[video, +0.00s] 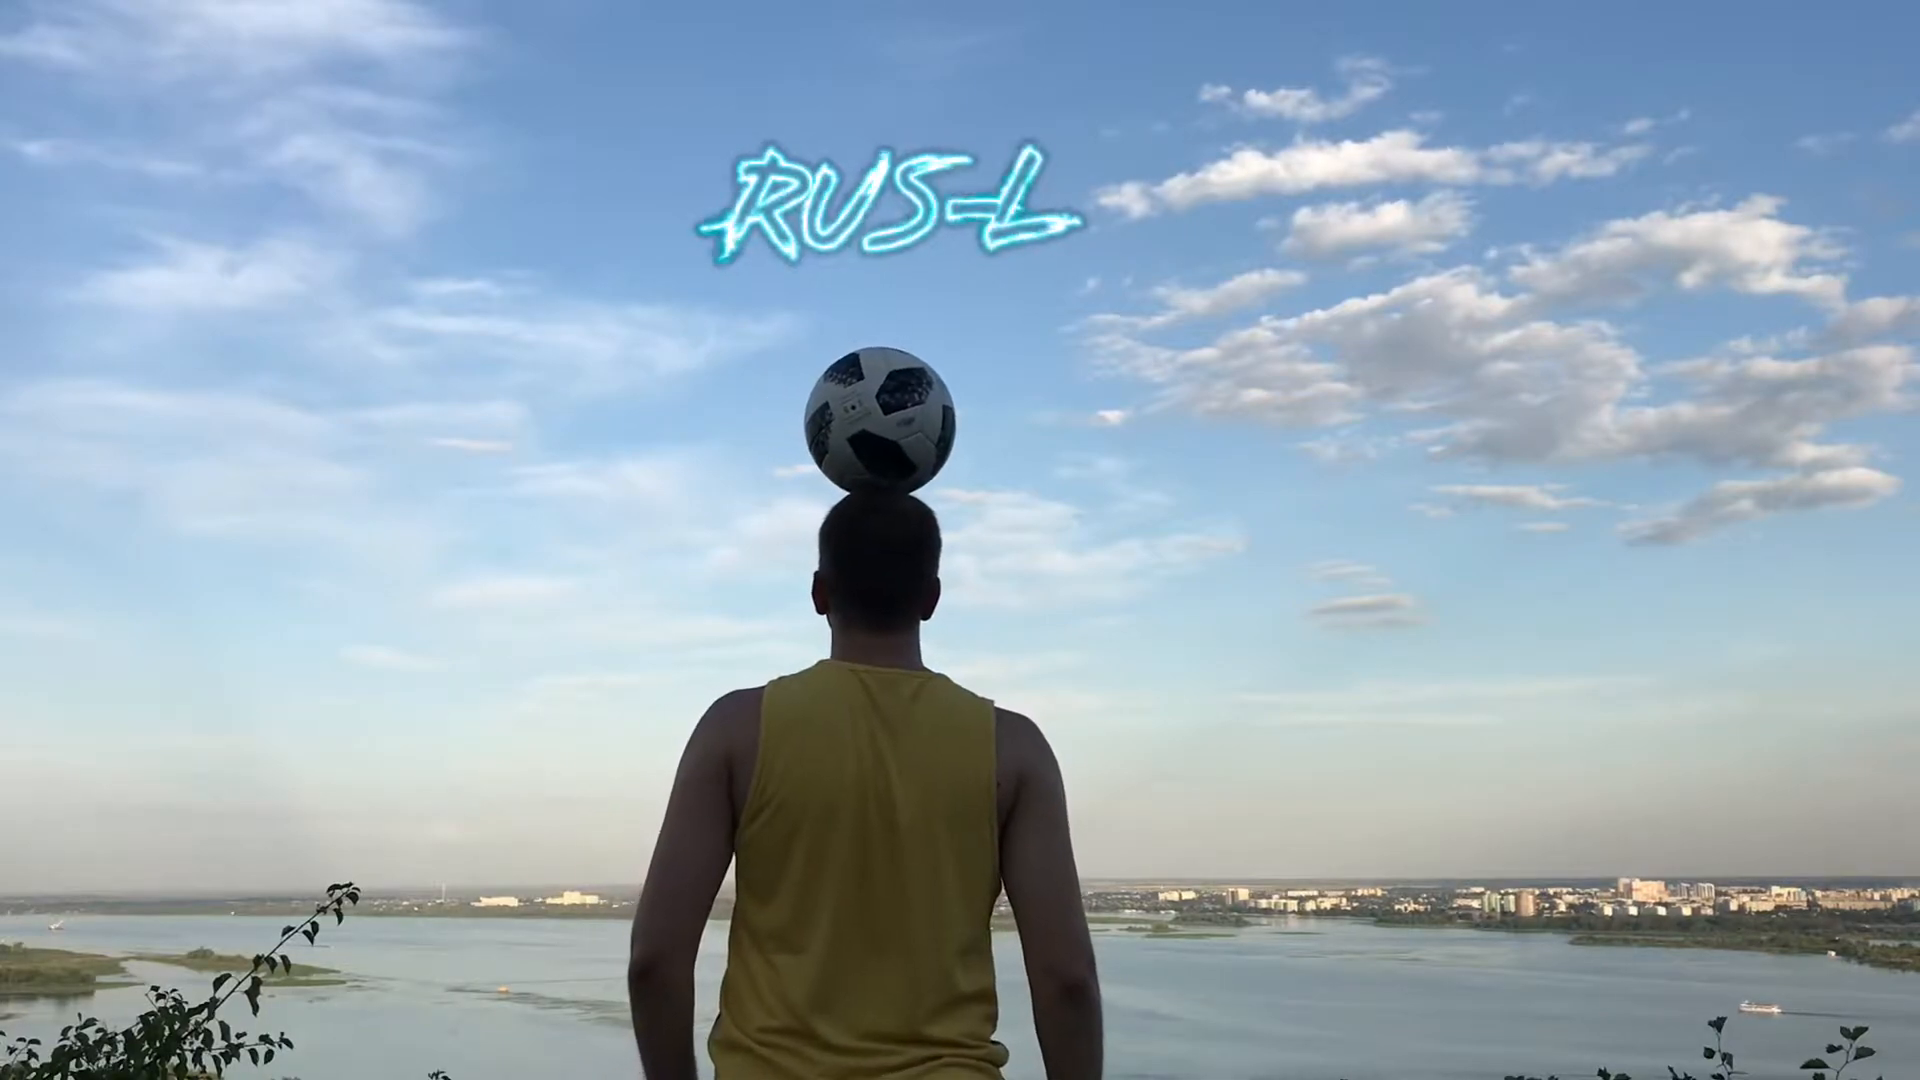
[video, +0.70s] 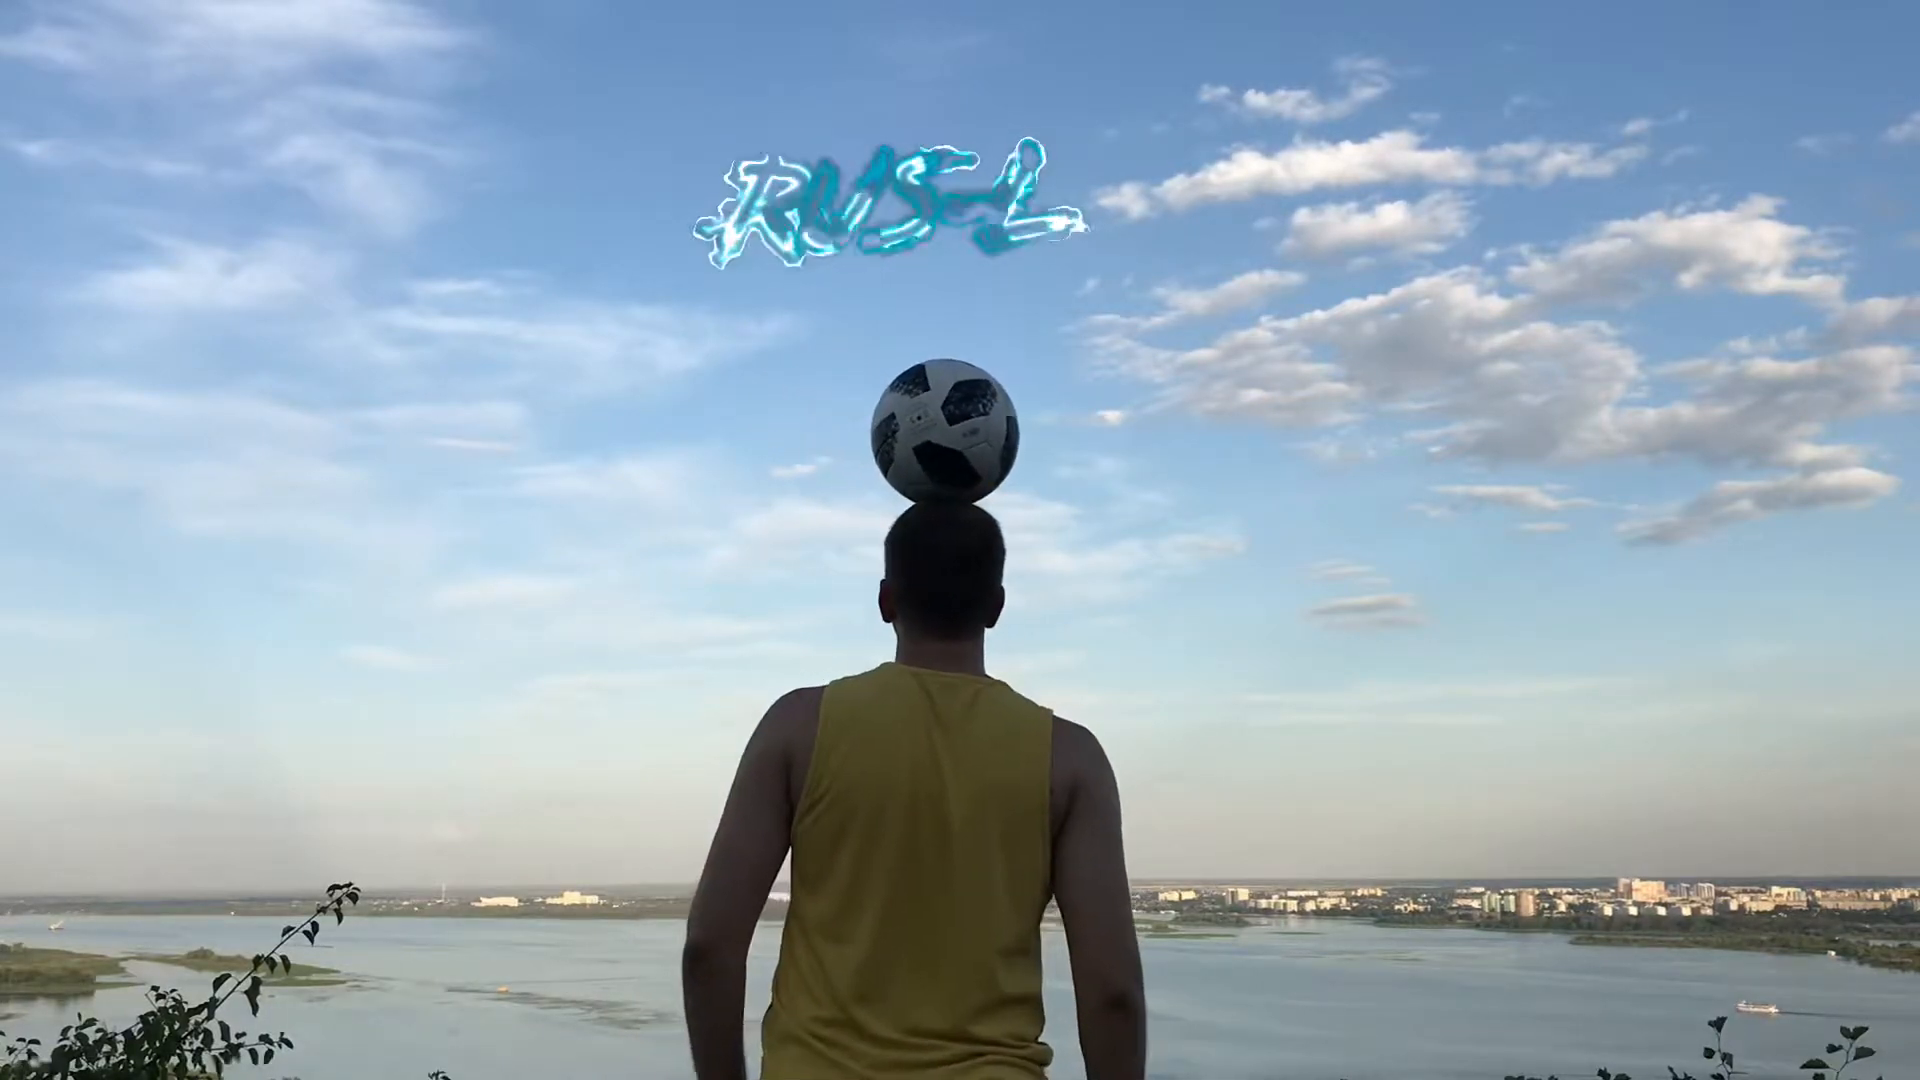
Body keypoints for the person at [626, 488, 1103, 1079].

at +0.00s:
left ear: (818, 591)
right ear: (934, 597)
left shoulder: (737, 726)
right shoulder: (1011, 744)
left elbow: (655, 963)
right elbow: (1068, 983)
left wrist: (675, 1072)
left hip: (770, 1059)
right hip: (950, 1062)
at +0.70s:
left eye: (883, 586)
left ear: (884, 601)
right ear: (998, 606)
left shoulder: (799, 723)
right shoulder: (1067, 752)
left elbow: (710, 947)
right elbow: (1114, 996)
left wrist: (723, 1069)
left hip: (818, 1057)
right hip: (995, 1060)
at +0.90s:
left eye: (941, 591)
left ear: (946, 604)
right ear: (1058, 605)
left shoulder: (861, 718)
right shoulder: (1128, 756)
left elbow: (765, 939)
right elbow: (1162, 1000)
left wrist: (773, 1073)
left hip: (860, 1057)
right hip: (1038, 1063)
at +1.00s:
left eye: (961, 592)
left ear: (965, 605)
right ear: (1077, 604)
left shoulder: (885, 719)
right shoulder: (1153, 756)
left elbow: (788, 937)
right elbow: (1186, 1000)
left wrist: (797, 1072)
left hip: (880, 1056)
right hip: (1058, 1062)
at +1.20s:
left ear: (954, 604)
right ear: (1066, 608)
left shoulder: (881, 728)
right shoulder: (1149, 751)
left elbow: (796, 950)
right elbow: (1201, 989)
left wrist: (814, 1069)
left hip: (893, 1056)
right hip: (1069, 1061)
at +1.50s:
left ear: (888, 600)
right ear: (999, 603)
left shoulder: (819, 734)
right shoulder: (1088, 742)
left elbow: (743, 963)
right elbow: (1155, 975)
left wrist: (765, 1074)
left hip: (856, 1061)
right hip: (1034, 1063)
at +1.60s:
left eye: (838, 582)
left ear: (841, 598)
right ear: (955, 602)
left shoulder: (775, 737)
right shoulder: (1045, 737)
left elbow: (709, 975)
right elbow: (1123, 963)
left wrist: (734, 1076)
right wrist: (1137, 1075)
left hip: (829, 1062)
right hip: (1009, 1063)